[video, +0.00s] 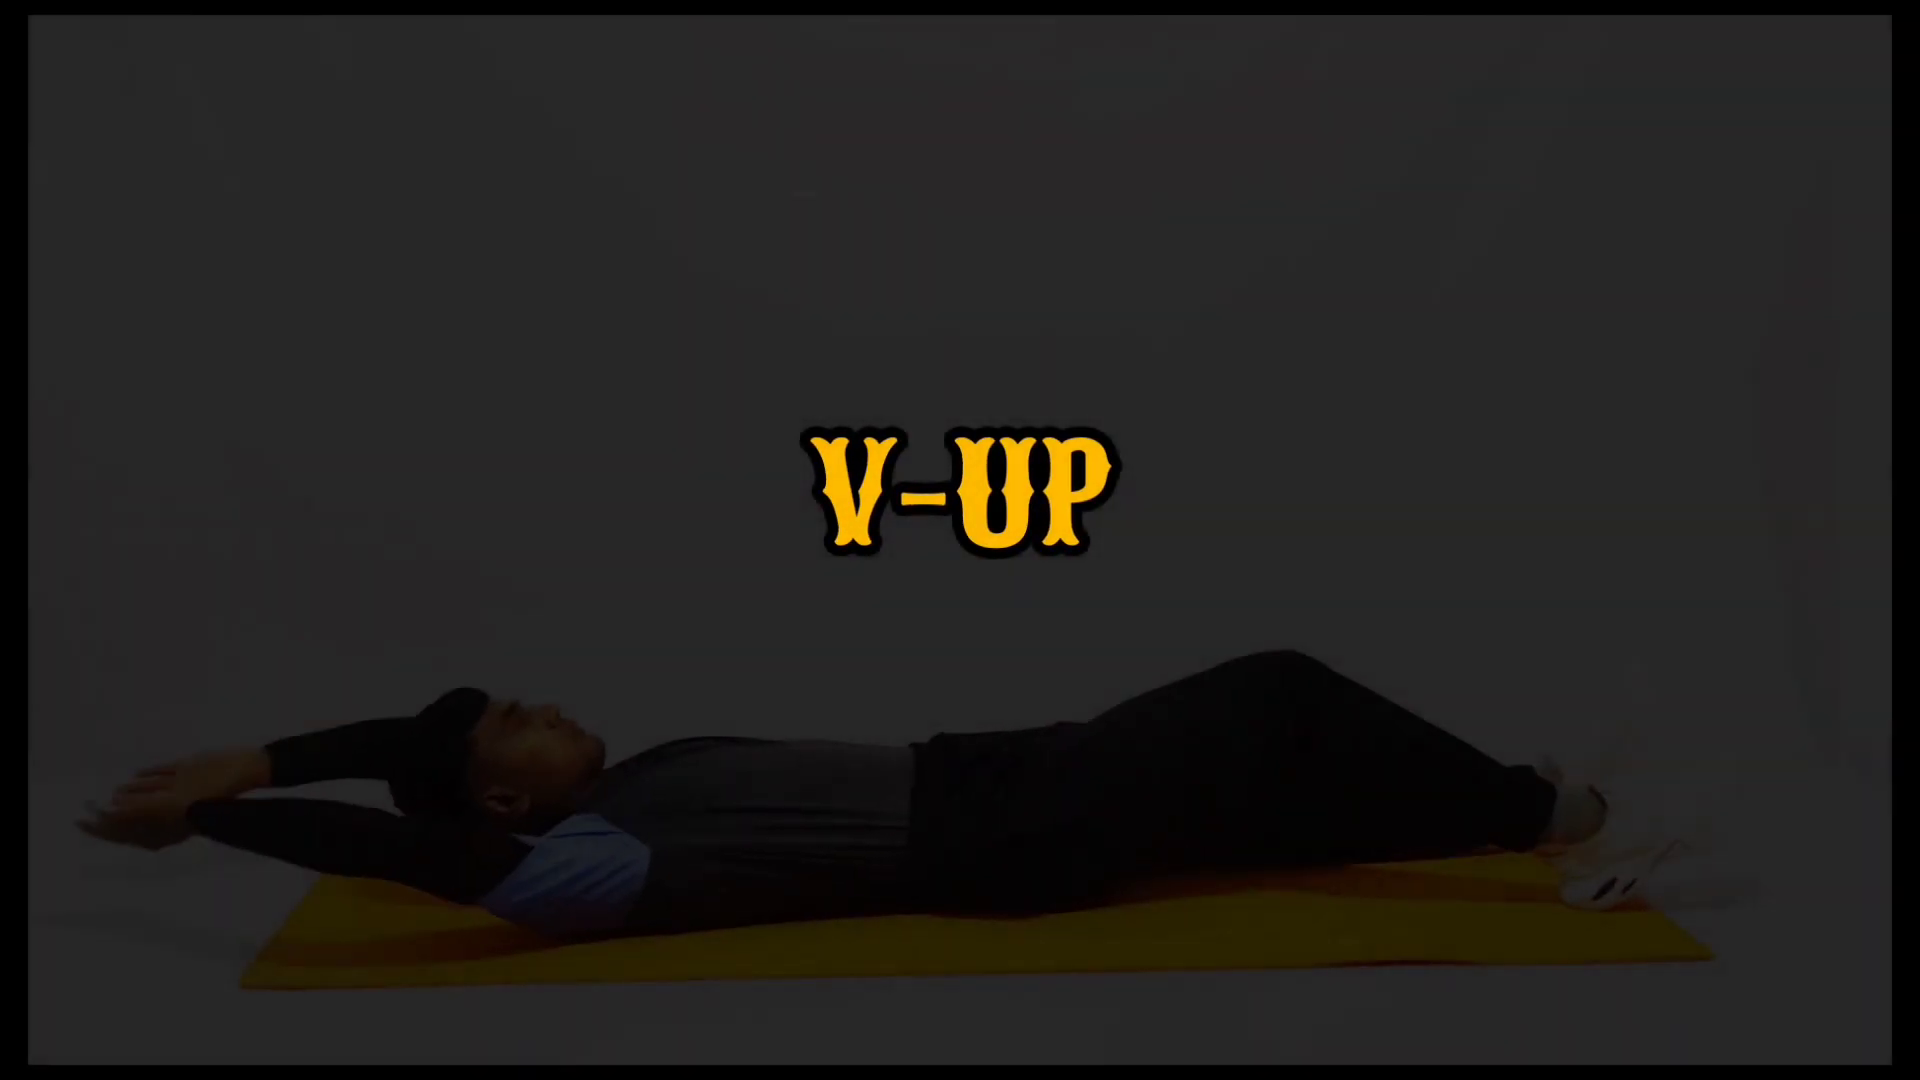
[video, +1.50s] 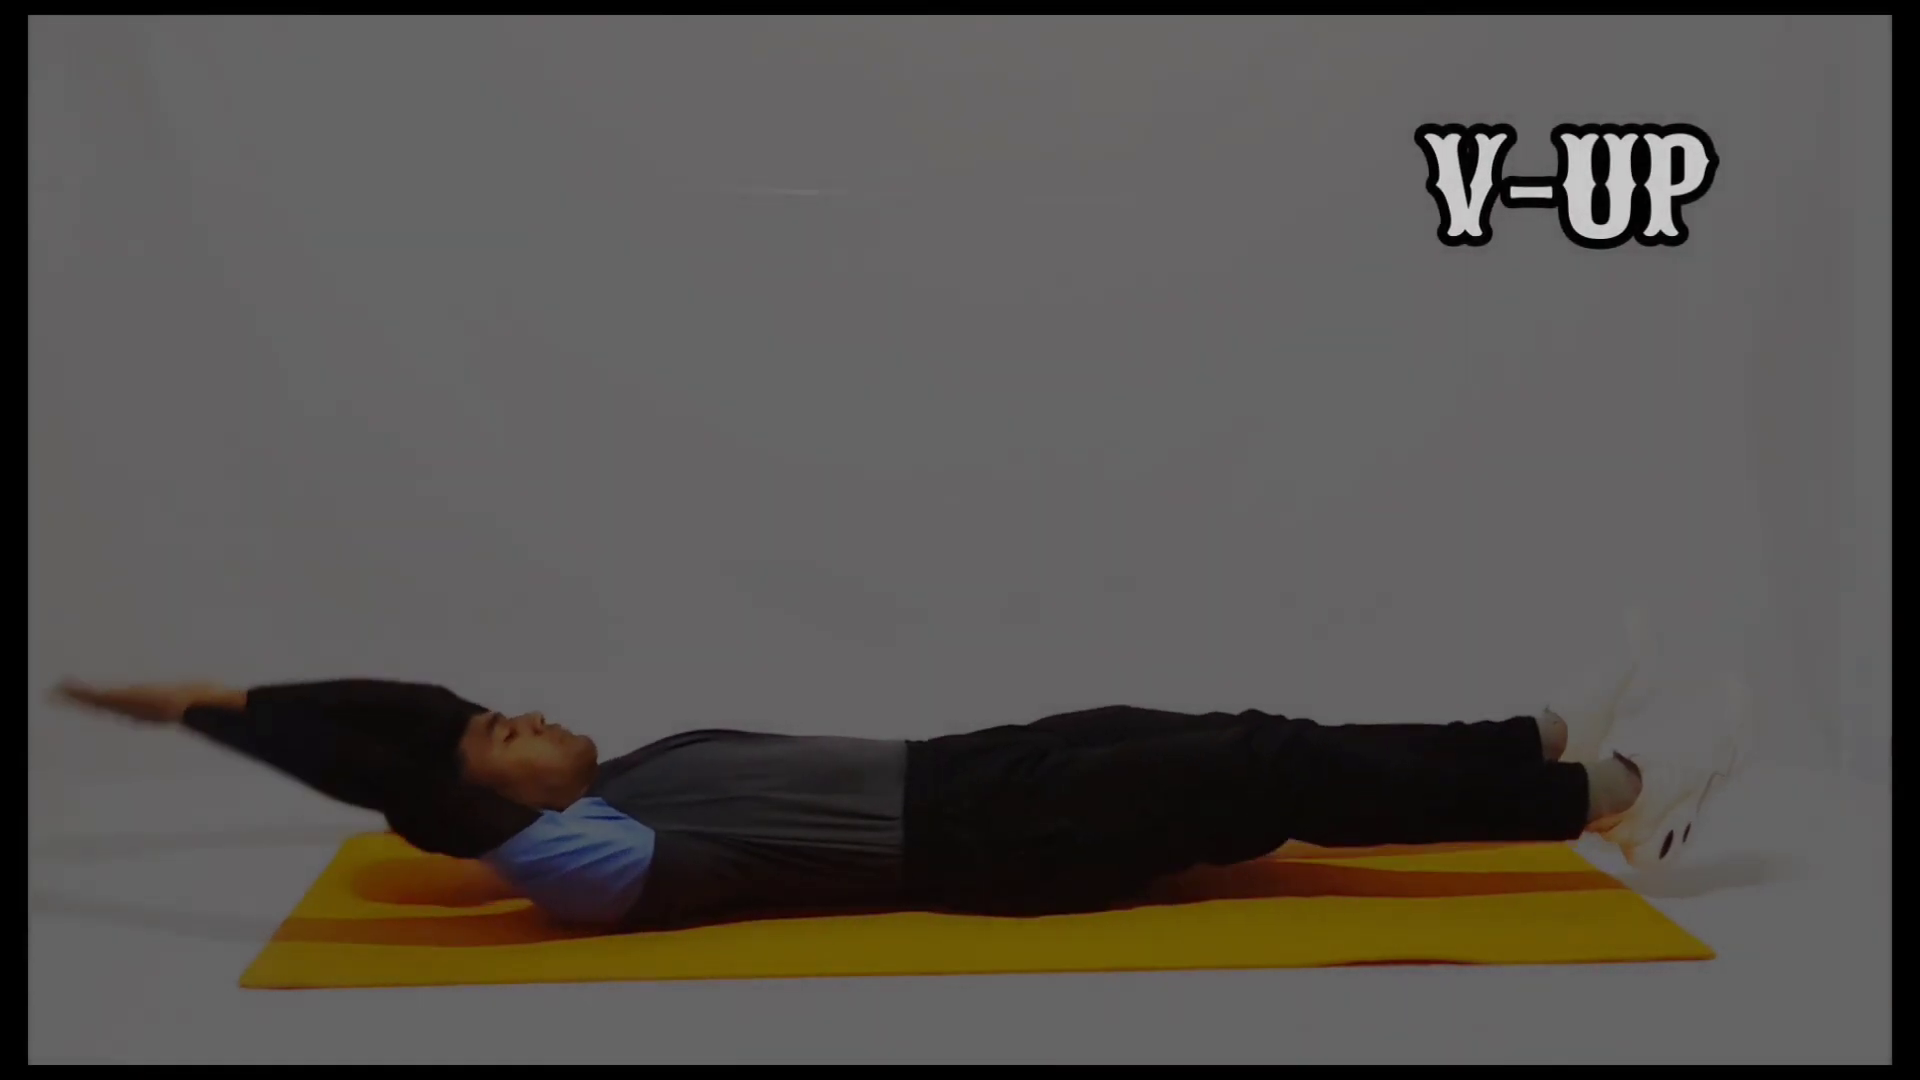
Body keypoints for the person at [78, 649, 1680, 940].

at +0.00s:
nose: (546, 733)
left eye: (528, 721)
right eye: (517, 745)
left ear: (545, 736)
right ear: (495, 806)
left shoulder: (624, 784)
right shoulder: (594, 851)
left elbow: (430, 765)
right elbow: (408, 848)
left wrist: (250, 770)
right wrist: (220, 816)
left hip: (1016, 773)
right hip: (1004, 832)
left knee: (1278, 682)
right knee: (1272, 713)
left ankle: (1510, 803)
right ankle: (1513, 819)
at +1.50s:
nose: (534, 741)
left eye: (515, 728)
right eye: (505, 754)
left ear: (532, 743)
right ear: (497, 811)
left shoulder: (621, 784)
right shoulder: (602, 852)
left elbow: (397, 741)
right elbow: (501, 850)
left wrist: (208, 704)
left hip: (977, 766)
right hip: (966, 829)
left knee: (1245, 737)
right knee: (1246, 773)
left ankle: (1535, 761)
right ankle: (1553, 784)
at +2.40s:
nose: (724, 518)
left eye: (705, 502)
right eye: (697, 518)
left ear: (667, 564)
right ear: (653, 578)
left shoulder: (697, 643)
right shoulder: (720, 643)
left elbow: (835, 463)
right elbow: (842, 460)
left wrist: (927, 273)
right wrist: (937, 266)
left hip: (950, 796)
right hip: (974, 839)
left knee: (1122, 540)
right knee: (1144, 557)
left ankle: (1299, 303)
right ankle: (1321, 308)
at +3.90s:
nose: (503, 778)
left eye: (482, 771)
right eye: (483, 797)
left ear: (502, 777)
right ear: (483, 845)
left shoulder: (618, 788)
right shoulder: (607, 849)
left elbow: (389, 811)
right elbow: (384, 885)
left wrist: (183, 834)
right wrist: (171, 871)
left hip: (976, 766)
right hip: (971, 827)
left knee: (1262, 743)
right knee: (1262, 778)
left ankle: (1579, 761)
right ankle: (1582, 769)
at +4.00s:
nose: (506, 768)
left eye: (483, 763)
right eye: (485, 791)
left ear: (504, 779)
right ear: (489, 843)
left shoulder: (610, 791)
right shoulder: (608, 846)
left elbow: (387, 815)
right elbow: (440, 895)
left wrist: (177, 839)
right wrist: (191, 877)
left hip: (992, 767)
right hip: (987, 819)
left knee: (1286, 740)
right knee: (1286, 766)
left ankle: (1572, 739)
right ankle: (1577, 746)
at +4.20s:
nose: (532, 707)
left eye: (512, 696)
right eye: (506, 706)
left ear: (486, 758)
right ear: (494, 750)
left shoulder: (586, 789)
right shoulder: (573, 845)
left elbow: (414, 692)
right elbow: (652, 884)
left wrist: (243, 614)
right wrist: (560, 860)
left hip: (963, 773)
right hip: (954, 823)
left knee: (1239, 686)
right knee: (1234, 714)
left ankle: (1546, 611)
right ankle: (1549, 624)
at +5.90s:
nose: (512, 730)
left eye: (492, 724)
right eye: (491, 751)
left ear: (520, 741)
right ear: (491, 812)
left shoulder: (602, 785)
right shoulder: (576, 855)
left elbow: (383, 781)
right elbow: (375, 831)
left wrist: (153, 787)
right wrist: (150, 805)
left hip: (976, 762)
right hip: (960, 821)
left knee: (1260, 745)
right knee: (1248, 764)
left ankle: (1557, 761)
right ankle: (1557, 751)